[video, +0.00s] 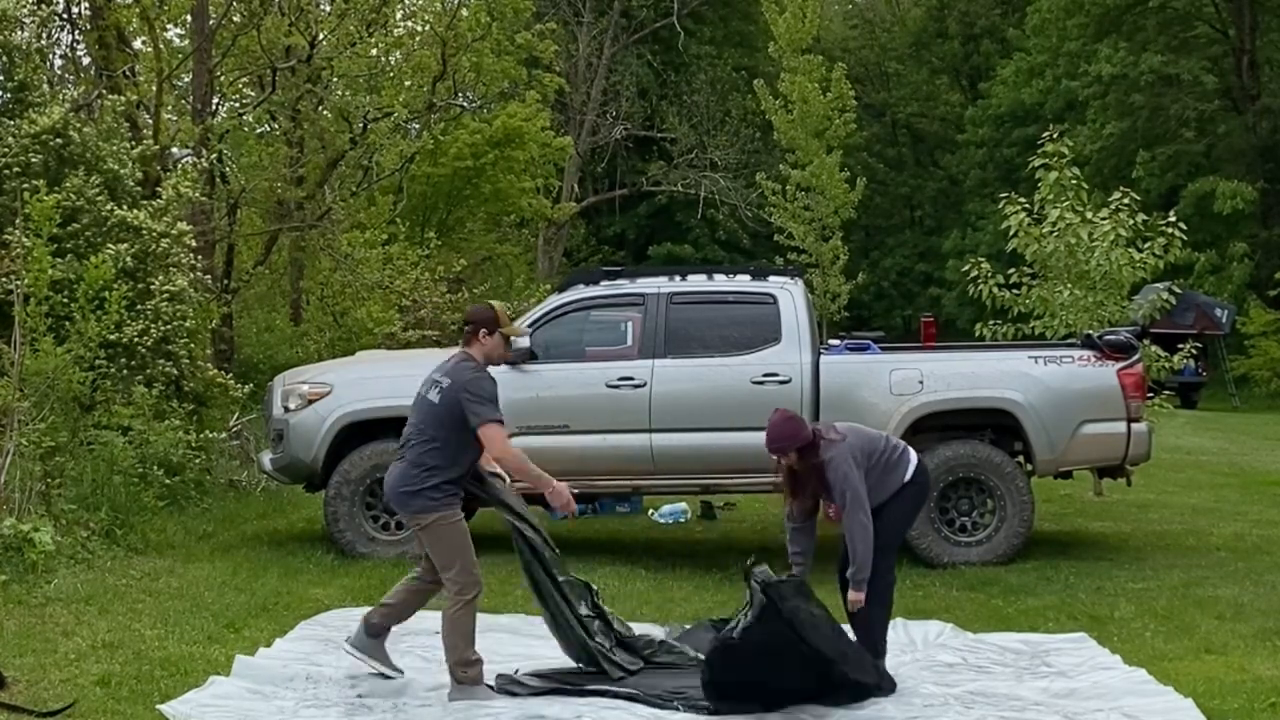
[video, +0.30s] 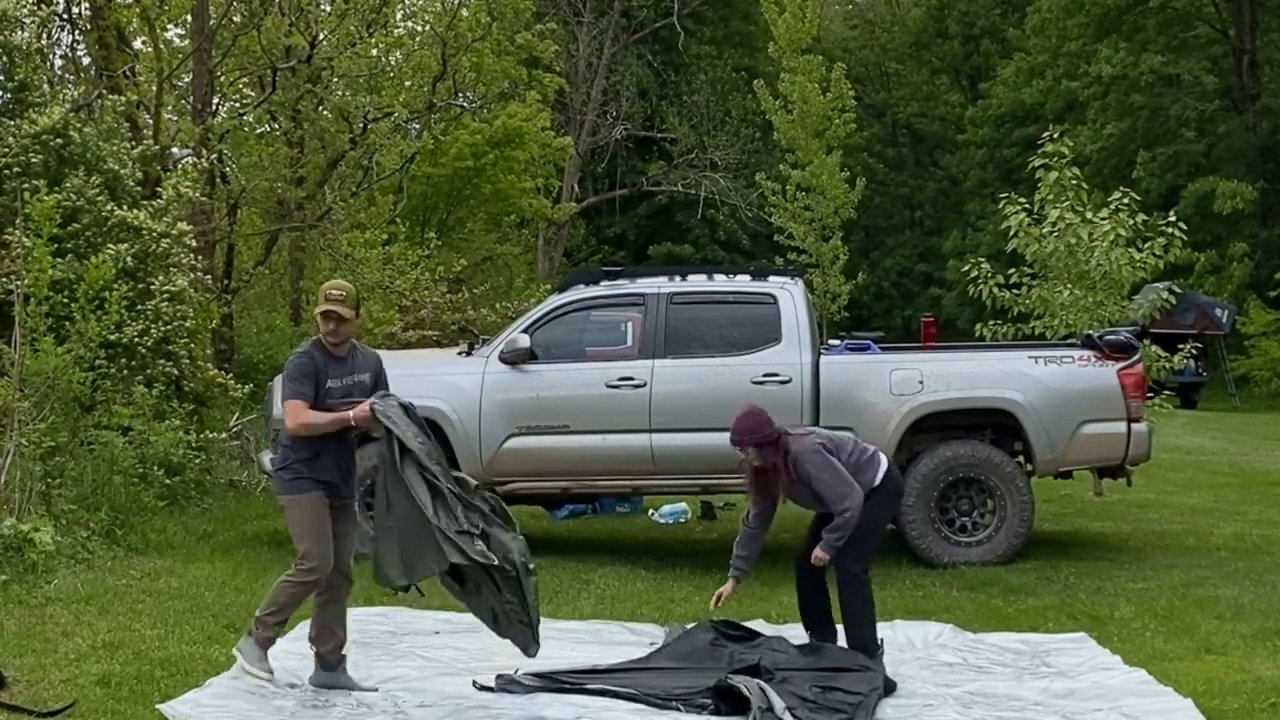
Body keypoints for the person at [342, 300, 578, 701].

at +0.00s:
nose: (509, 345)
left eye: (508, 338)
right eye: (504, 338)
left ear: (477, 337)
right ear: (483, 337)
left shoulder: (450, 368)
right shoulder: (475, 379)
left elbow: (448, 429)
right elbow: (500, 451)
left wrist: (481, 459)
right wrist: (550, 485)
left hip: (409, 484)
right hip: (429, 492)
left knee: (433, 573)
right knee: (464, 586)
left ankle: (370, 633)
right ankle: (466, 683)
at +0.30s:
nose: (331, 325)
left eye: (339, 318)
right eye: (325, 317)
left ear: (355, 320)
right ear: (317, 318)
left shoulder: (370, 362)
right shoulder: (303, 362)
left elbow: (385, 414)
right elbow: (295, 422)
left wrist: (379, 420)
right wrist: (349, 417)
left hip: (342, 477)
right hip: (299, 476)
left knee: (339, 572)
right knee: (315, 564)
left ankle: (328, 667)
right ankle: (255, 641)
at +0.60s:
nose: (305, 329)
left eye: (306, 322)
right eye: (299, 321)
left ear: (287, 317)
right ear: (275, 316)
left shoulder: (305, 357)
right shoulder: (233, 364)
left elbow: (316, 416)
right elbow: (181, 410)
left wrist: (325, 474)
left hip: (305, 482)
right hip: (254, 487)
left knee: (343, 555)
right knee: (243, 578)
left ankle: (336, 647)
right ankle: (225, 669)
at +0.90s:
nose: (444, 335)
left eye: (445, 327)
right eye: (441, 326)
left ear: (422, 324)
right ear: (420, 322)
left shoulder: (425, 368)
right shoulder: (380, 365)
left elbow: (429, 432)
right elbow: (352, 426)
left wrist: (449, 489)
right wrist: (370, 484)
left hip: (405, 486)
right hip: (382, 487)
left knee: (393, 571)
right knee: (425, 558)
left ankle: (386, 666)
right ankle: (358, 628)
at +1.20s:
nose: (574, 357)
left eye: (575, 350)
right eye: (573, 349)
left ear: (547, 345)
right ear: (554, 346)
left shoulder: (540, 387)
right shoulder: (519, 388)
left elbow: (550, 452)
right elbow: (510, 463)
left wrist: (577, 503)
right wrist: (551, 512)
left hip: (490, 492)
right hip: (480, 495)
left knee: (499, 576)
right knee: (510, 583)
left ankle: (486, 659)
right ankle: (515, 677)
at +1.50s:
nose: (600, 357)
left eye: (601, 350)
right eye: (597, 349)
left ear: (578, 345)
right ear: (576, 345)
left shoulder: (581, 385)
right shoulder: (538, 383)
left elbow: (631, 406)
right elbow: (505, 439)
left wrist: (690, 416)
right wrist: (517, 499)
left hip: (513, 494)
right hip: (493, 492)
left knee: (511, 584)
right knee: (508, 586)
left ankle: (495, 668)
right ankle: (515, 678)